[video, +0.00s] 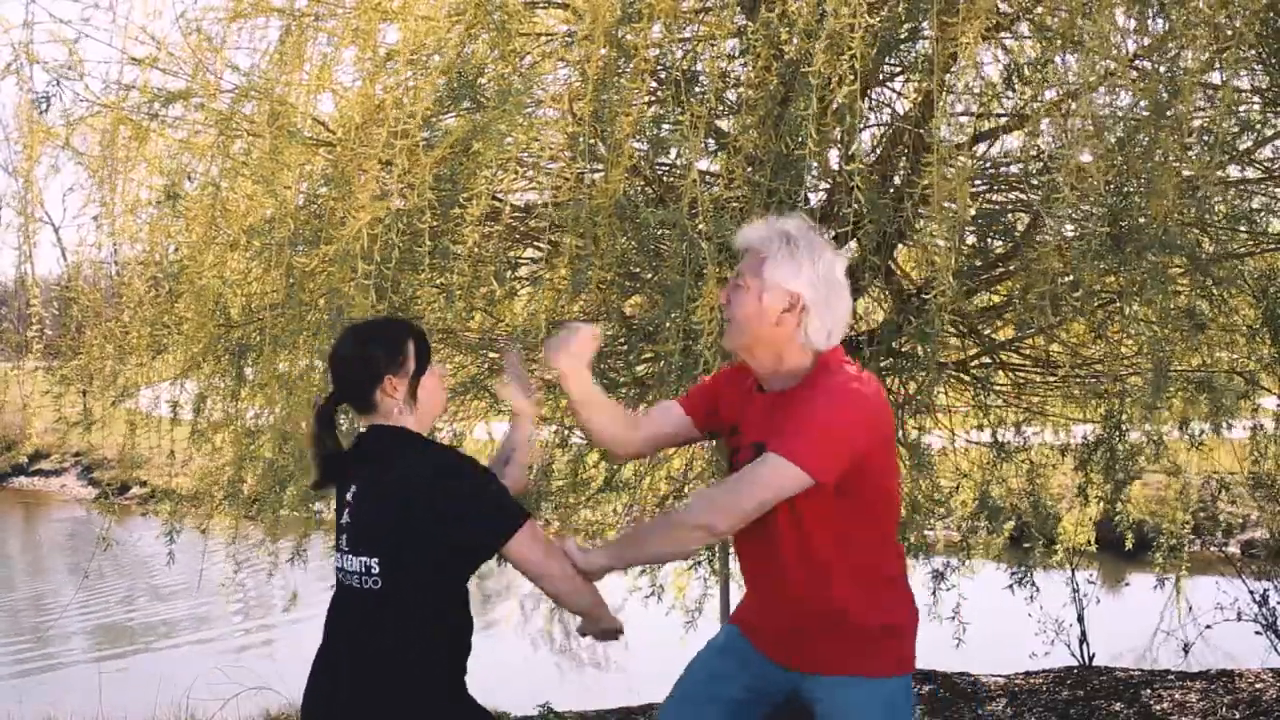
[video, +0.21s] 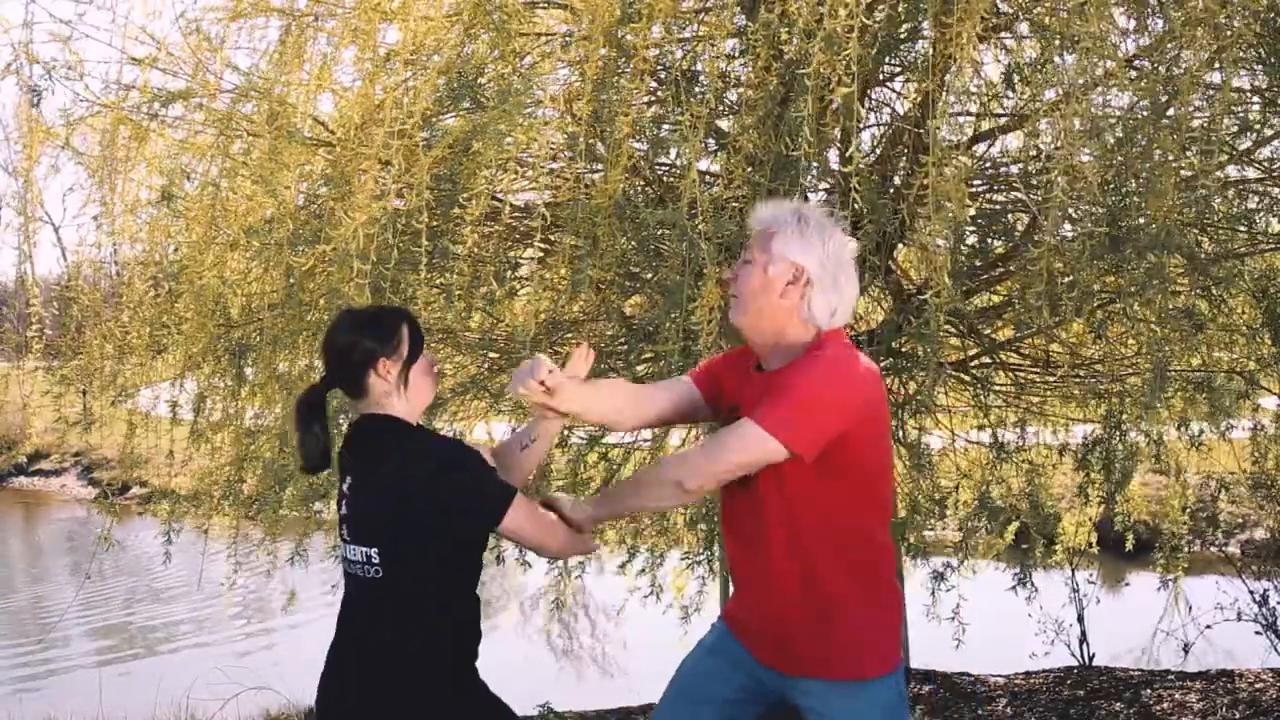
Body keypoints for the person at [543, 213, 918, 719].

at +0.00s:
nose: (722, 297)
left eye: (739, 285)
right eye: (730, 283)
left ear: (791, 306)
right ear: (784, 307)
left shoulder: (846, 398)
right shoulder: (738, 387)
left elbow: (716, 518)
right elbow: (629, 436)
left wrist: (599, 558)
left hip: (859, 663)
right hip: (758, 641)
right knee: (679, 713)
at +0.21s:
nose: (731, 275)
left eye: (747, 261)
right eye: (740, 260)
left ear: (793, 280)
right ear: (789, 281)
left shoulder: (839, 375)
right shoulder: (742, 369)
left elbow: (695, 475)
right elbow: (644, 402)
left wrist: (590, 510)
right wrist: (559, 391)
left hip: (848, 663)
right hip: (747, 639)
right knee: (672, 713)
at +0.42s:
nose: (703, 263)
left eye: (719, 248)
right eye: (710, 247)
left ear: (770, 261)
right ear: (766, 262)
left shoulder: (830, 352)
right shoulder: (711, 354)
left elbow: (702, 451)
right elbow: (579, 400)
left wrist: (585, 447)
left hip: (839, 649)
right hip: (721, 637)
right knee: (660, 710)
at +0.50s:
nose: (681, 263)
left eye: (697, 246)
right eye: (686, 247)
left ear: (753, 256)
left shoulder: (829, 346)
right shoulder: (683, 360)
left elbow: (763, 474)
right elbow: (566, 420)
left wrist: (623, 483)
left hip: (834, 640)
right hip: (712, 632)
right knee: (657, 712)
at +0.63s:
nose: (660, 266)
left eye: (677, 249)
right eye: (664, 251)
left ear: (736, 255)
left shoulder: (812, 344)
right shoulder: (663, 364)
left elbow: (773, 484)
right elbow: (561, 453)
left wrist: (631, 526)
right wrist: (526, 385)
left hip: (821, 637)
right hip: (698, 633)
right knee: (641, 710)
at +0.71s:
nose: (649, 270)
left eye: (665, 253)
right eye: (653, 253)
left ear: (723, 257)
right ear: (716, 259)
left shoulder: (805, 349)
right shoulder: (658, 365)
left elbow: (797, 494)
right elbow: (555, 445)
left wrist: (657, 496)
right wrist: (557, 350)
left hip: (818, 640)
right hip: (697, 635)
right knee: (639, 709)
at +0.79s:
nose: (638, 272)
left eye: (653, 255)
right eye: (642, 256)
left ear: (710, 258)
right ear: (705, 260)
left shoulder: (796, 353)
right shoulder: (654, 359)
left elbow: (800, 499)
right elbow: (548, 423)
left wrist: (689, 438)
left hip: (807, 646)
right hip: (689, 635)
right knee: (637, 709)